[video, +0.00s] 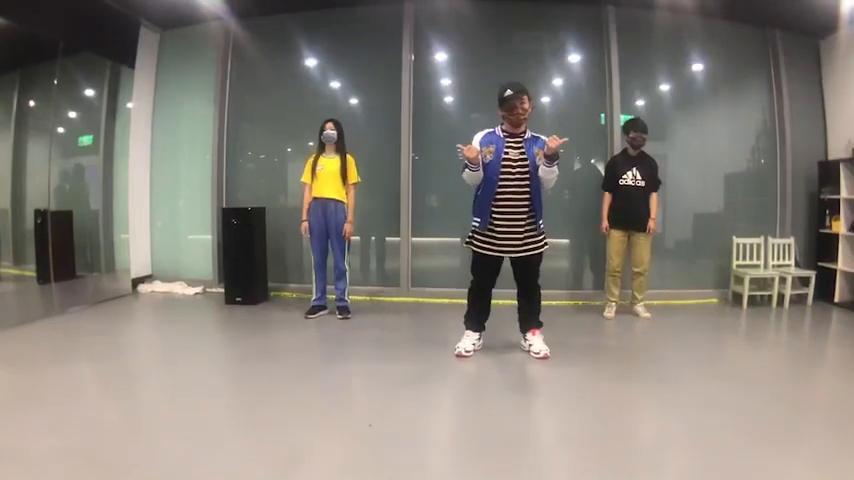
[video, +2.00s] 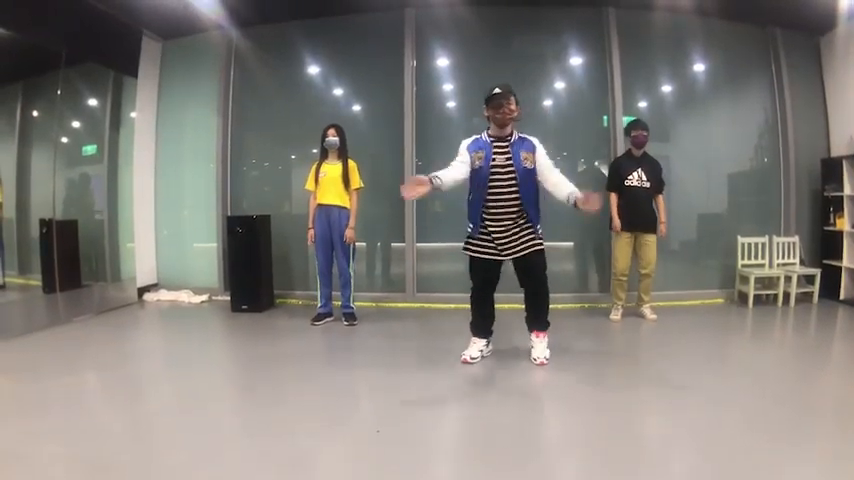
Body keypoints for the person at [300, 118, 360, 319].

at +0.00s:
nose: (329, 133)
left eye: (333, 129)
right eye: (325, 130)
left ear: (339, 134)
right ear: (321, 135)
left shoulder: (347, 159)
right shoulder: (313, 160)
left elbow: (351, 191)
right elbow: (308, 189)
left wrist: (350, 220)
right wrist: (304, 217)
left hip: (338, 204)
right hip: (316, 203)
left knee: (340, 258)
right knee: (318, 257)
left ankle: (342, 302)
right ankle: (319, 301)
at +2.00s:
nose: (331, 139)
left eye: (335, 136)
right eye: (327, 136)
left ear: (341, 140)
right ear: (323, 141)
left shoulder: (349, 165)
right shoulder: (317, 166)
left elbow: (354, 196)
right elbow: (313, 197)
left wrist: (351, 226)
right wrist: (310, 226)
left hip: (341, 211)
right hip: (321, 211)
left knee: (344, 263)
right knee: (323, 263)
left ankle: (348, 309)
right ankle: (324, 308)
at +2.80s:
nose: (330, 142)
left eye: (334, 139)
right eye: (326, 139)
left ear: (341, 144)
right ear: (322, 144)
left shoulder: (344, 167)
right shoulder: (315, 170)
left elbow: (349, 197)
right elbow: (308, 199)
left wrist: (327, 220)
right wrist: (302, 223)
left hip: (340, 217)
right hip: (320, 216)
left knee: (340, 267)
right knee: (316, 266)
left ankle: (355, 311)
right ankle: (316, 311)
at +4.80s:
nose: (341, 141)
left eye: (345, 139)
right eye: (337, 138)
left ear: (350, 145)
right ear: (332, 144)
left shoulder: (355, 169)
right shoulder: (322, 166)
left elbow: (361, 198)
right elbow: (308, 191)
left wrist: (343, 221)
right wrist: (311, 219)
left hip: (347, 214)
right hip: (326, 214)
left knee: (352, 265)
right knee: (324, 266)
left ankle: (350, 311)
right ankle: (301, 309)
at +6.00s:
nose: (345, 153)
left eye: (349, 150)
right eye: (342, 150)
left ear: (354, 156)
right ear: (336, 155)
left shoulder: (358, 179)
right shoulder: (327, 176)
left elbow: (364, 207)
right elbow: (306, 199)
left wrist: (349, 213)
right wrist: (327, 218)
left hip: (346, 228)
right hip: (324, 226)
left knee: (351, 273)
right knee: (323, 272)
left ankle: (351, 314)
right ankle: (301, 312)